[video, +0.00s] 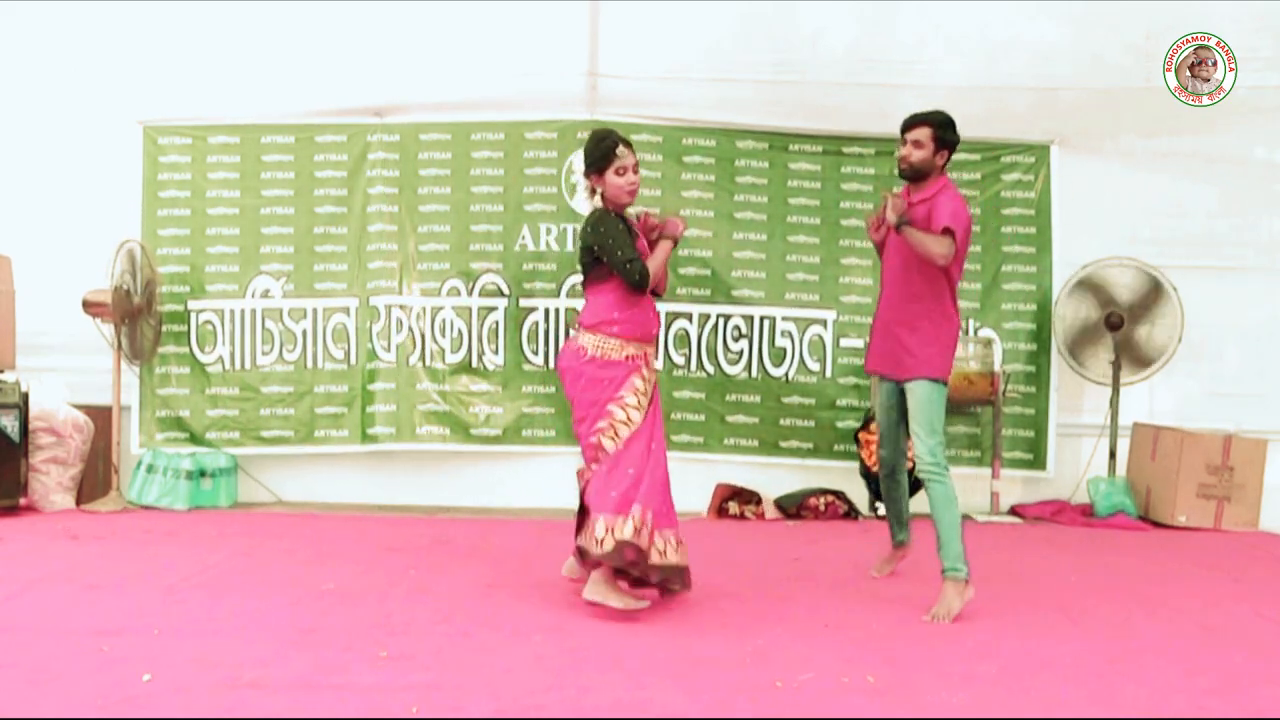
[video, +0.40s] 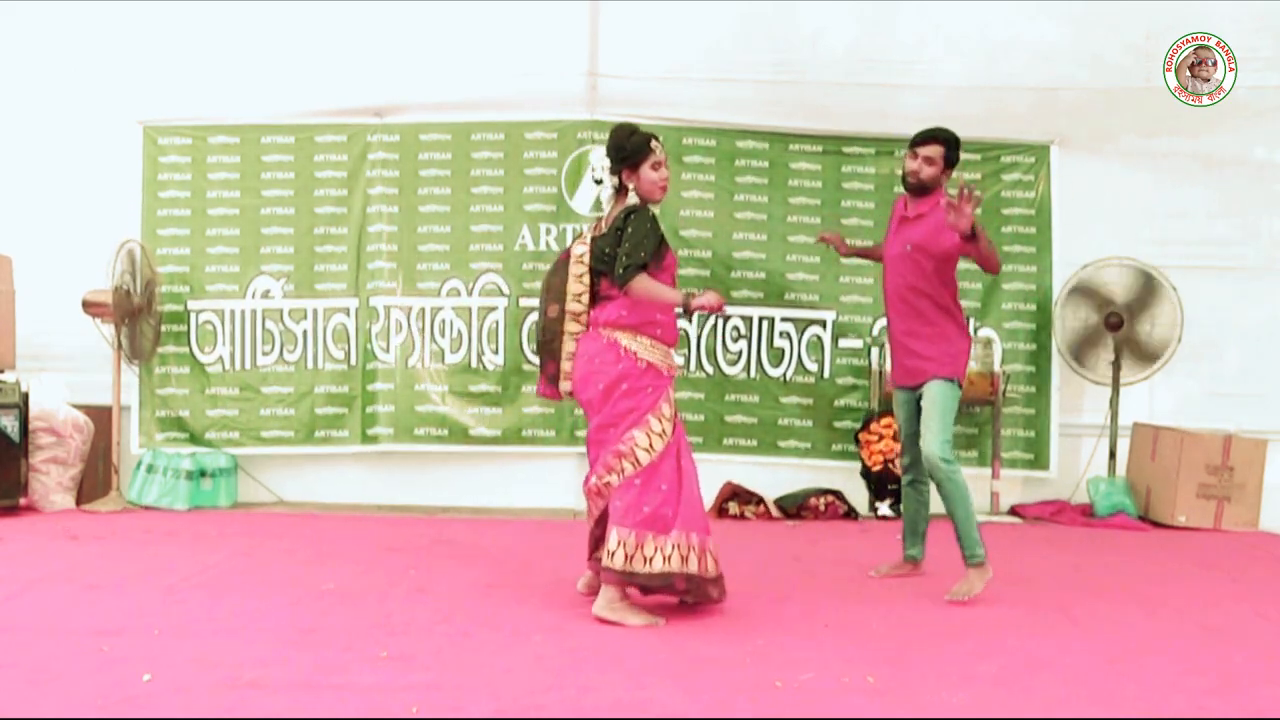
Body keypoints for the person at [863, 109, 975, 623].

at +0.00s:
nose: (906, 151)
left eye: (917, 145)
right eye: (904, 143)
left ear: (942, 154)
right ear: (902, 149)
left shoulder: (950, 201)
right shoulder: (900, 201)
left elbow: (944, 254)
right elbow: (895, 269)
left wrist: (901, 223)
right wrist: (882, 232)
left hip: (926, 347)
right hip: (886, 343)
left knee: (928, 459)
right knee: (888, 454)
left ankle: (955, 575)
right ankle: (899, 539)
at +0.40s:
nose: (917, 166)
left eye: (929, 161)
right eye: (914, 157)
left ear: (947, 172)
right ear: (906, 160)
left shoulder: (954, 215)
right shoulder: (901, 206)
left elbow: (993, 266)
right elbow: (894, 255)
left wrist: (971, 231)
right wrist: (852, 250)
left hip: (944, 351)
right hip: (903, 351)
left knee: (935, 453)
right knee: (911, 463)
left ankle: (976, 564)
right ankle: (912, 556)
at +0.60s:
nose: (946, 170)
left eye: (956, 163)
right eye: (937, 162)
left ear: (968, 175)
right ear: (923, 173)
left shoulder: (987, 237)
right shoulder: (898, 235)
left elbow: (1004, 311)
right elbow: (880, 311)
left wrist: (968, 326)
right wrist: (923, 319)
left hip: (969, 377)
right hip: (914, 376)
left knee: (969, 487)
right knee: (896, 483)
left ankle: (952, 579)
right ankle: (904, 542)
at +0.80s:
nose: (973, 129)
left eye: (977, 121)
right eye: (961, 123)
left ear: (985, 129)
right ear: (939, 135)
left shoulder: (991, 191)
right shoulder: (929, 182)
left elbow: (1022, 257)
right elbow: (919, 240)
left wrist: (1014, 222)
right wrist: (973, 207)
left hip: (981, 338)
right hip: (938, 332)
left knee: (974, 458)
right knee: (955, 445)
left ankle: (928, 562)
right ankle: (910, 536)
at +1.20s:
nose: (1004, 103)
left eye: (1002, 96)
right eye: (993, 98)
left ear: (978, 115)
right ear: (966, 116)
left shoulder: (972, 166)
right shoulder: (973, 154)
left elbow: (940, 235)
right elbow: (1001, 132)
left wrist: (991, 270)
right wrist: (1075, 91)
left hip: (986, 334)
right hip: (986, 336)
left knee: (977, 458)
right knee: (1000, 462)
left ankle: (922, 559)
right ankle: (988, 602)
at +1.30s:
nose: (1004, 105)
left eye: (1002, 97)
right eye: (991, 101)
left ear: (988, 107)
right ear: (963, 118)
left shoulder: (966, 169)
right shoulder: (971, 156)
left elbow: (932, 251)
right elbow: (1009, 149)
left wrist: (991, 268)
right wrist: (1068, 97)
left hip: (984, 340)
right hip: (981, 341)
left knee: (985, 461)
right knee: (998, 465)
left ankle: (928, 561)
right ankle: (968, 604)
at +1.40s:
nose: (1000, 130)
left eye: (999, 122)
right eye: (987, 125)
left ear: (989, 134)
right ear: (958, 141)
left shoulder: (970, 192)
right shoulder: (963, 184)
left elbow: (937, 292)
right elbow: (989, 234)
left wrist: (1012, 320)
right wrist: (1057, 184)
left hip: (982, 363)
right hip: (976, 363)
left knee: (989, 481)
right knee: (1001, 488)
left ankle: (927, 571)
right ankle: (961, 621)